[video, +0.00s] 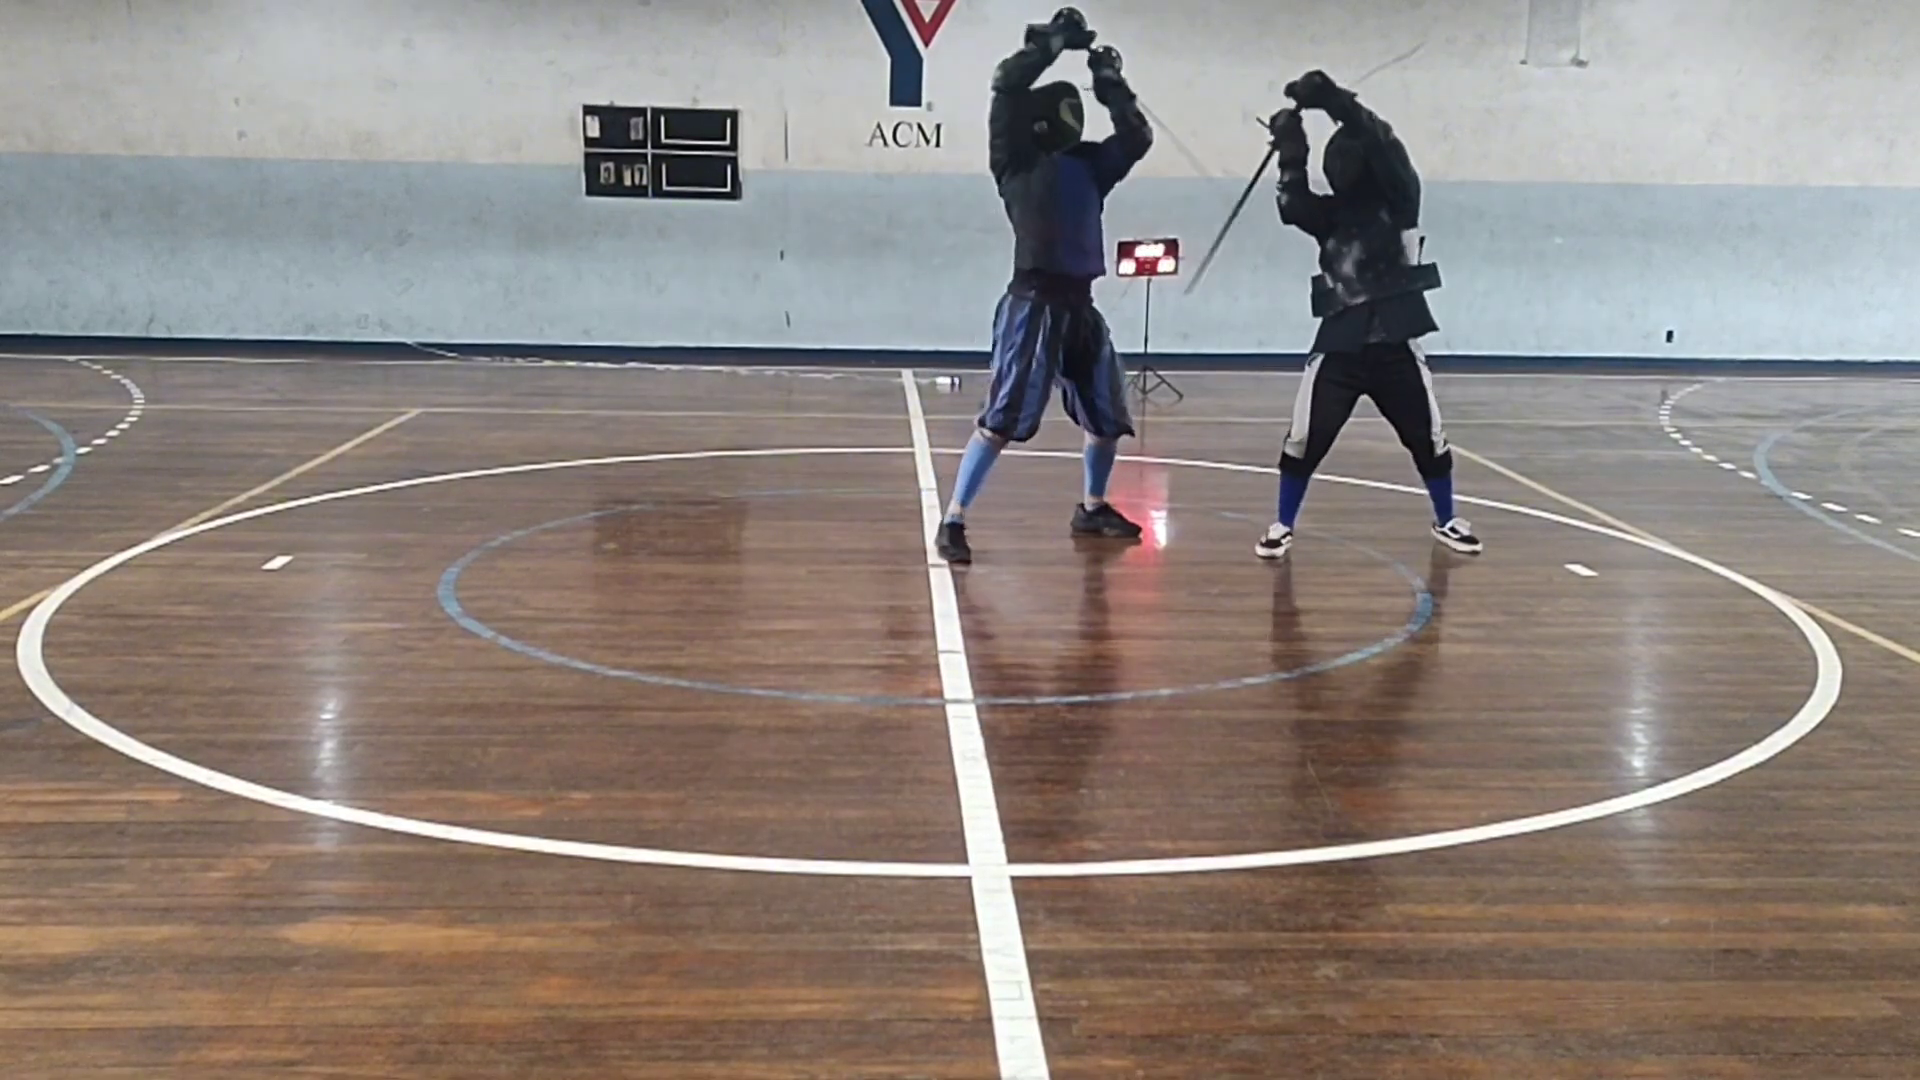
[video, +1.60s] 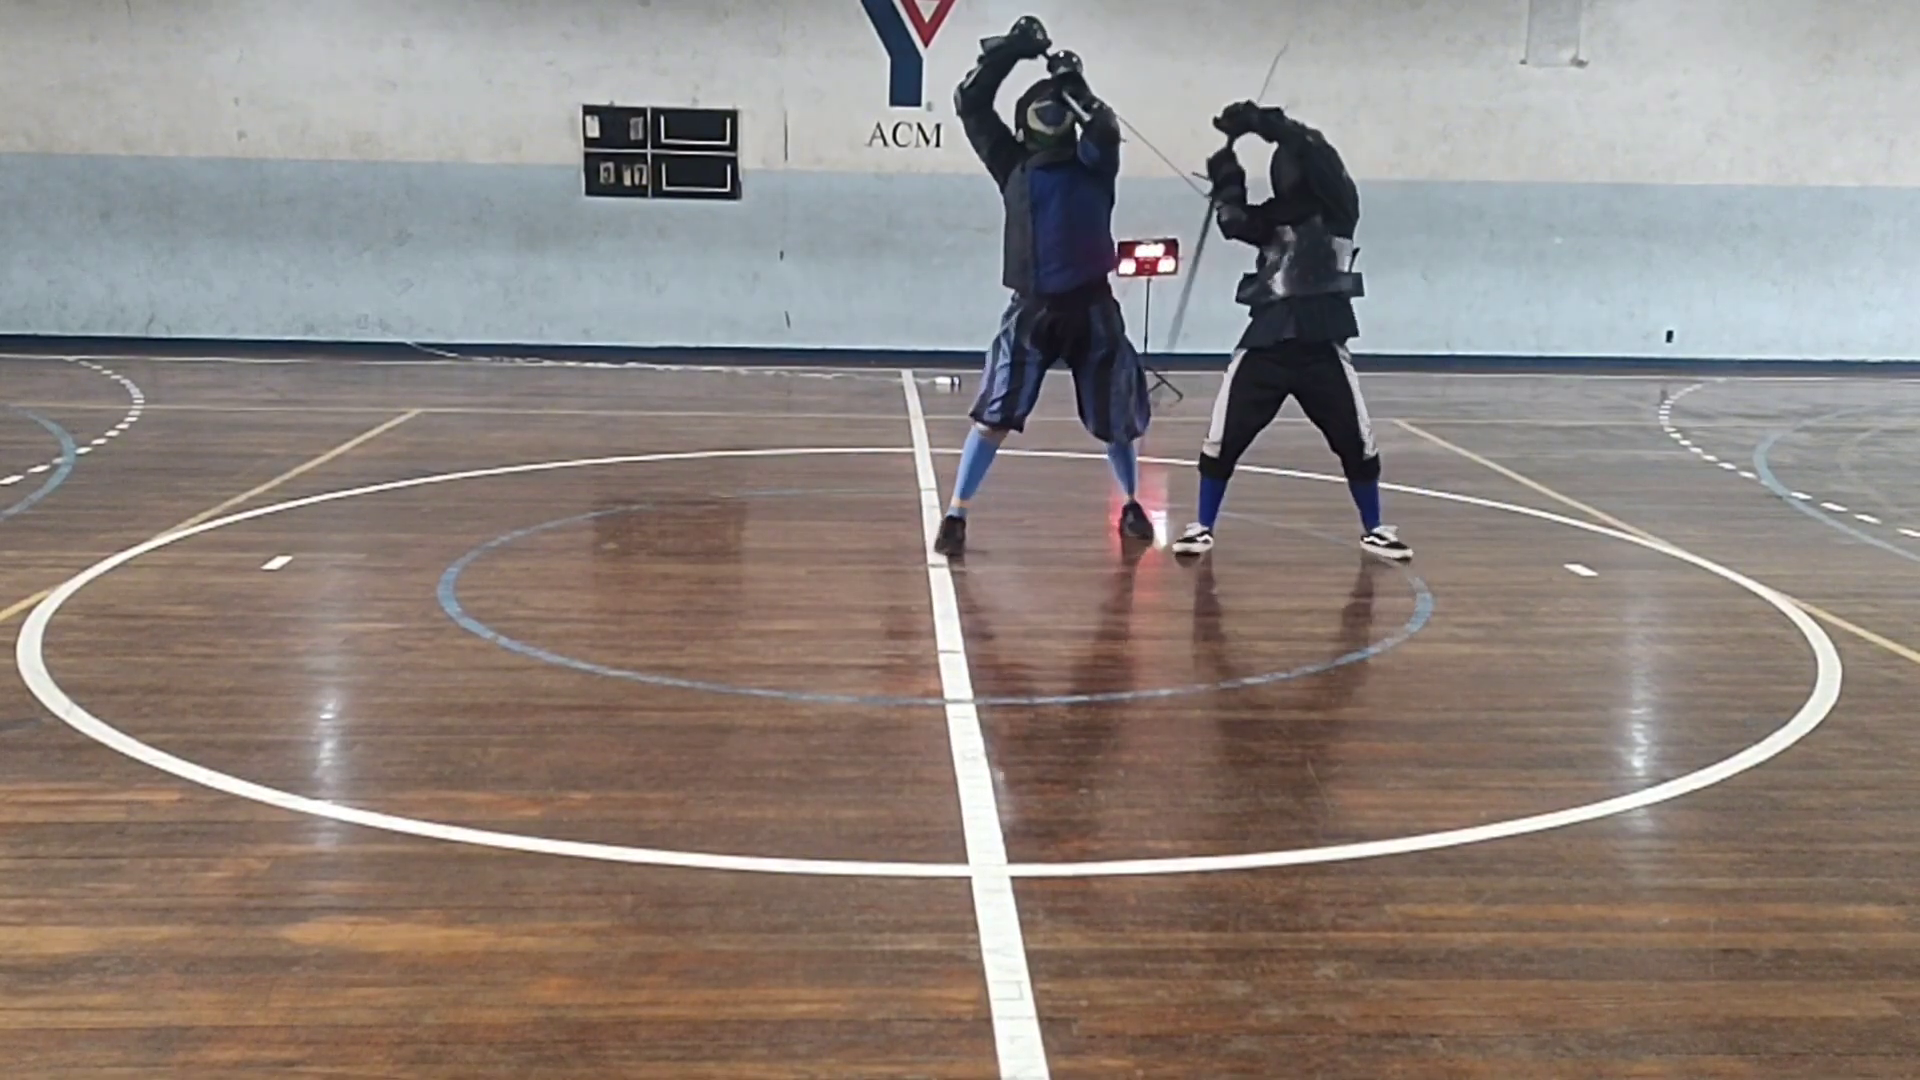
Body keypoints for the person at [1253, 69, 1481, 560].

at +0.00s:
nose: (1337, 171)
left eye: (1344, 163)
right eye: (1335, 164)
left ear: (1366, 164)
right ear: (1332, 167)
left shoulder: (1399, 202)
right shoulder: (1329, 213)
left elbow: (1382, 144)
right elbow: (1293, 204)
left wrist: (1332, 99)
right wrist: (1292, 149)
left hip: (1395, 347)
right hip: (1337, 348)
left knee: (1429, 440)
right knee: (1304, 440)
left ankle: (1446, 522)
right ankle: (1283, 524)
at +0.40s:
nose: (1306, 161)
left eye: (1315, 154)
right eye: (1306, 156)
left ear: (1341, 154)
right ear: (1308, 161)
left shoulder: (1370, 193)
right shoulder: (1300, 209)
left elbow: (1338, 140)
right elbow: (1246, 199)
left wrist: (1272, 110)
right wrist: (1220, 142)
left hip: (1357, 337)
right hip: (1301, 340)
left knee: (1392, 435)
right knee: (1285, 440)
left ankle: (1414, 522)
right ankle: (1282, 525)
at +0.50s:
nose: (1307, 157)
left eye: (1314, 150)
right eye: (1306, 151)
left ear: (1343, 153)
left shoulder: (1368, 190)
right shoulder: (1304, 207)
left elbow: (1317, 159)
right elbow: (1245, 198)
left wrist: (1258, 125)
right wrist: (1212, 142)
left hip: (1351, 337)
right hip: (1297, 339)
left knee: (1389, 435)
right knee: (1280, 440)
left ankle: (1406, 523)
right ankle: (1282, 527)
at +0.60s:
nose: (1311, 154)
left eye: (1319, 147)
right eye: (1314, 147)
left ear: (1345, 153)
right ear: (1343, 153)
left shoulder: (1363, 191)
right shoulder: (1322, 193)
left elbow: (1296, 206)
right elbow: (1260, 204)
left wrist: (1221, 169)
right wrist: (1207, 168)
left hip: (1346, 330)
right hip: (1299, 327)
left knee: (1365, 435)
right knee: (1274, 433)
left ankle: (1397, 521)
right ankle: (1281, 526)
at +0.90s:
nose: (1313, 173)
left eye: (1322, 166)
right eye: (1316, 165)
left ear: (1349, 173)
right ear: (1347, 172)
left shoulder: (1363, 216)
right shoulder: (1331, 206)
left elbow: (1297, 249)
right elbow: (1276, 215)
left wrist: (1240, 243)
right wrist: (1208, 209)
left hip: (1360, 348)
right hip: (1327, 342)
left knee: (1361, 450)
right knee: (1275, 426)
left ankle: (1412, 526)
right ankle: (1273, 526)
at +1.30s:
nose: (1322, 188)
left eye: (1331, 181)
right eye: (1319, 181)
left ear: (1359, 179)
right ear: (1317, 179)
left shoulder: (1382, 214)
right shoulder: (1306, 211)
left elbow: (1336, 212)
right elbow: (1248, 221)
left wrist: (1275, 193)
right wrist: (1246, 170)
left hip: (1364, 358)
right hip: (1306, 357)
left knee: (1397, 444)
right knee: (1254, 427)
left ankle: (1422, 526)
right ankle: (1263, 510)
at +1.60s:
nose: (1288, 177)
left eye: (1294, 168)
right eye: (1284, 170)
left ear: (1313, 167)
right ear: (1279, 174)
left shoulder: (1338, 205)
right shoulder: (1272, 216)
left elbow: (1312, 151)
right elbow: (1232, 220)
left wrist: (1258, 120)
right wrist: (1227, 172)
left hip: (1320, 347)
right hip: (1264, 347)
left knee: (1356, 442)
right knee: (1222, 439)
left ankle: (1374, 529)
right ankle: (1202, 527)